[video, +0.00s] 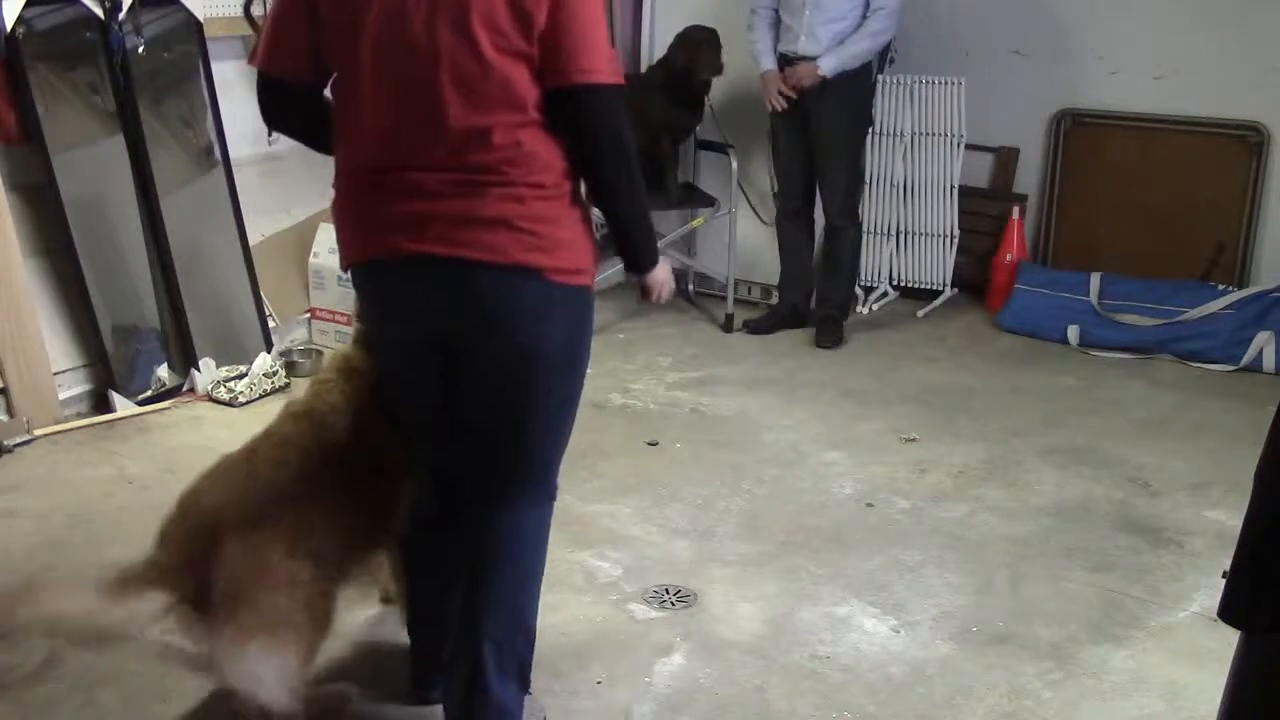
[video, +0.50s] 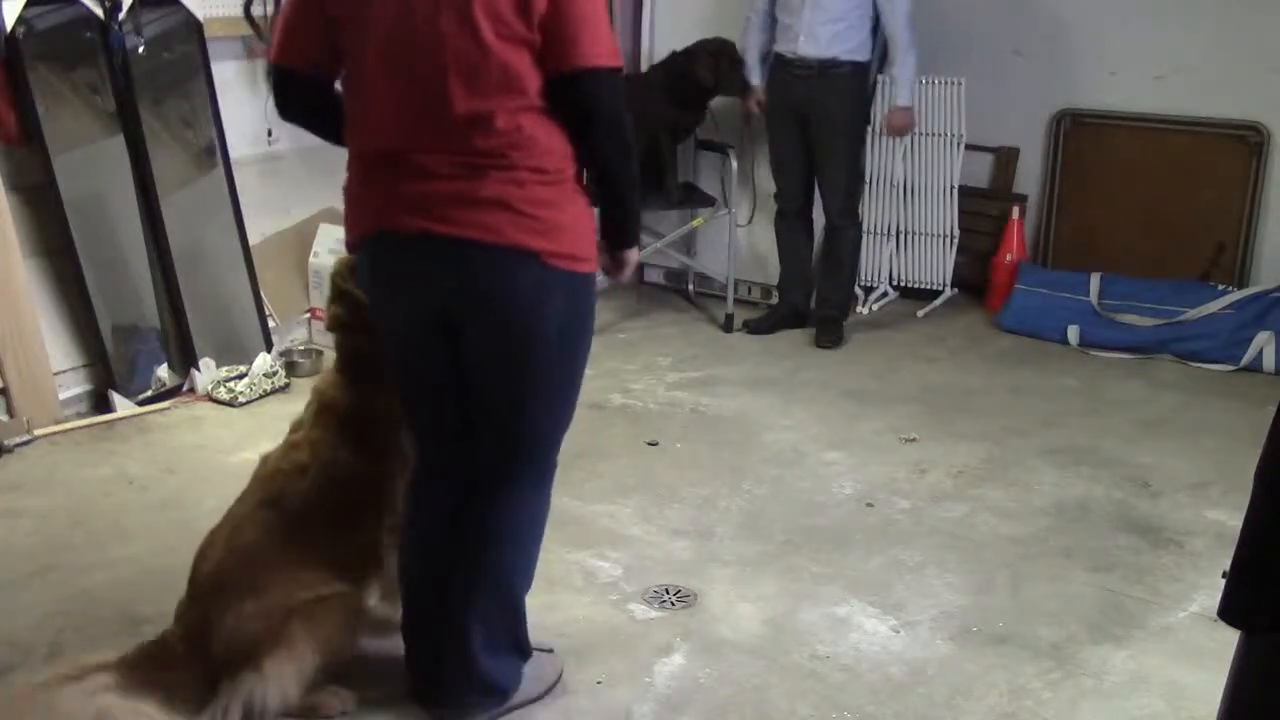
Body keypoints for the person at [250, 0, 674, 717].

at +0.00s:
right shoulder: (551, 0)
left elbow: (282, 97)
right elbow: (589, 107)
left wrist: (379, 139)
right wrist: (645, 254)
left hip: (388, 250)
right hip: (520, 254)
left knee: (430, 477)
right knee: (513, 490)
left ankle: (435, 672)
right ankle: (490, 701)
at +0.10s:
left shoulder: (318, 0)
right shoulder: (542, 0)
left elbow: (279, 94)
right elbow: (578, 96)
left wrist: (376, 132)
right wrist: (639, 235)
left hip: (385, 243)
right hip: (518, 245)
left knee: (433, 462)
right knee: (526, 475)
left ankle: (433, 666)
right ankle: (496, 694)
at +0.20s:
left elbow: (278, 92)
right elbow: (571, 88)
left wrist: (375, 132)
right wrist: (629, 221)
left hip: (385, 237)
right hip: (516, 236)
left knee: (432, 462)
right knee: (528, 470)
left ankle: (434, 669)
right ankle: (500, 688)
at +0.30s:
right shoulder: (538, 0)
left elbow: (280, 87)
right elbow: (576, 87)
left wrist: (376, 133)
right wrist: (618, 218)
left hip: (388, 240)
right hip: (518, 236)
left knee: (432, 463)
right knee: (523, 465)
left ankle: (435, 668)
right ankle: (490, 671)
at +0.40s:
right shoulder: (543, 0)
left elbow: (285, 88)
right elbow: (585, 91)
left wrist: (380, 133)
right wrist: (617, 219)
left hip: (389, 238)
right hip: (520, 235)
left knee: (429, 462)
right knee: (516, 468)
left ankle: (432, 666)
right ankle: (485, 670)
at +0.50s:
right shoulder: (551, 0)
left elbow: (295, 87)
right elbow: (590, 93)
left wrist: (387, 134)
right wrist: (623, 223)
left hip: (395, 238)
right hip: (523, 238)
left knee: (437, 459)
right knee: (516, 467)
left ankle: (434, 666)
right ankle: (483, 671)